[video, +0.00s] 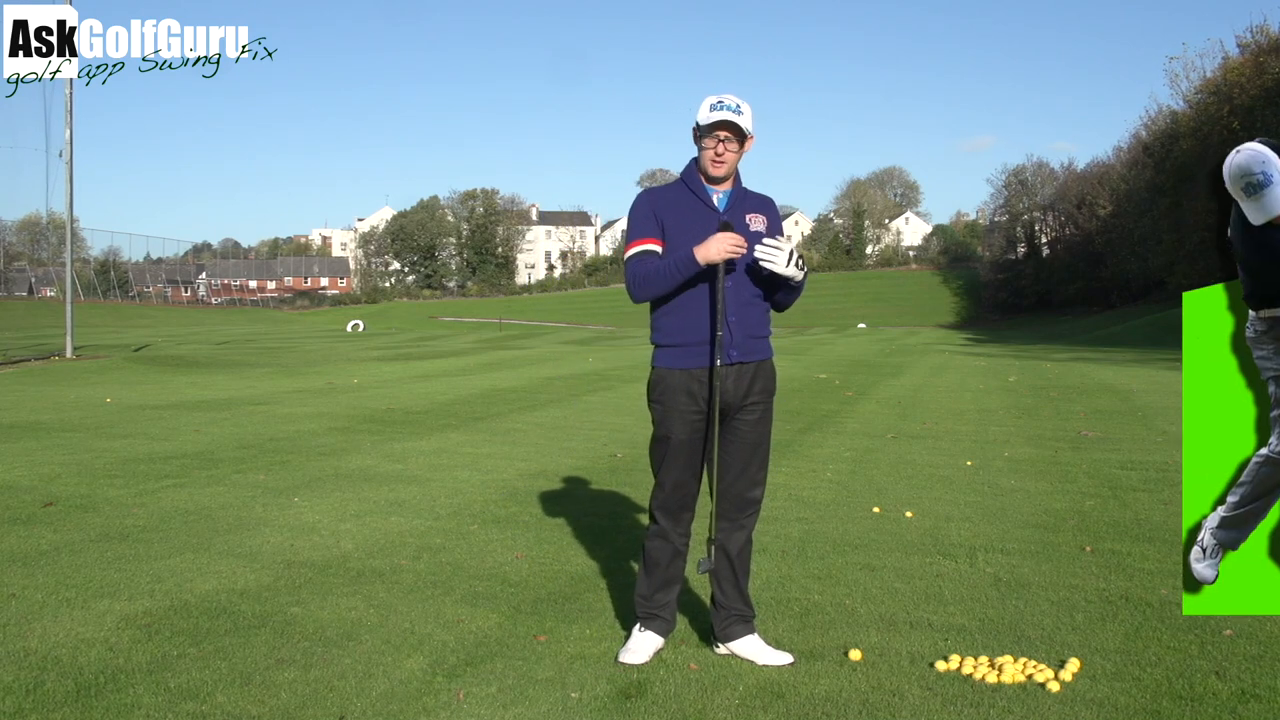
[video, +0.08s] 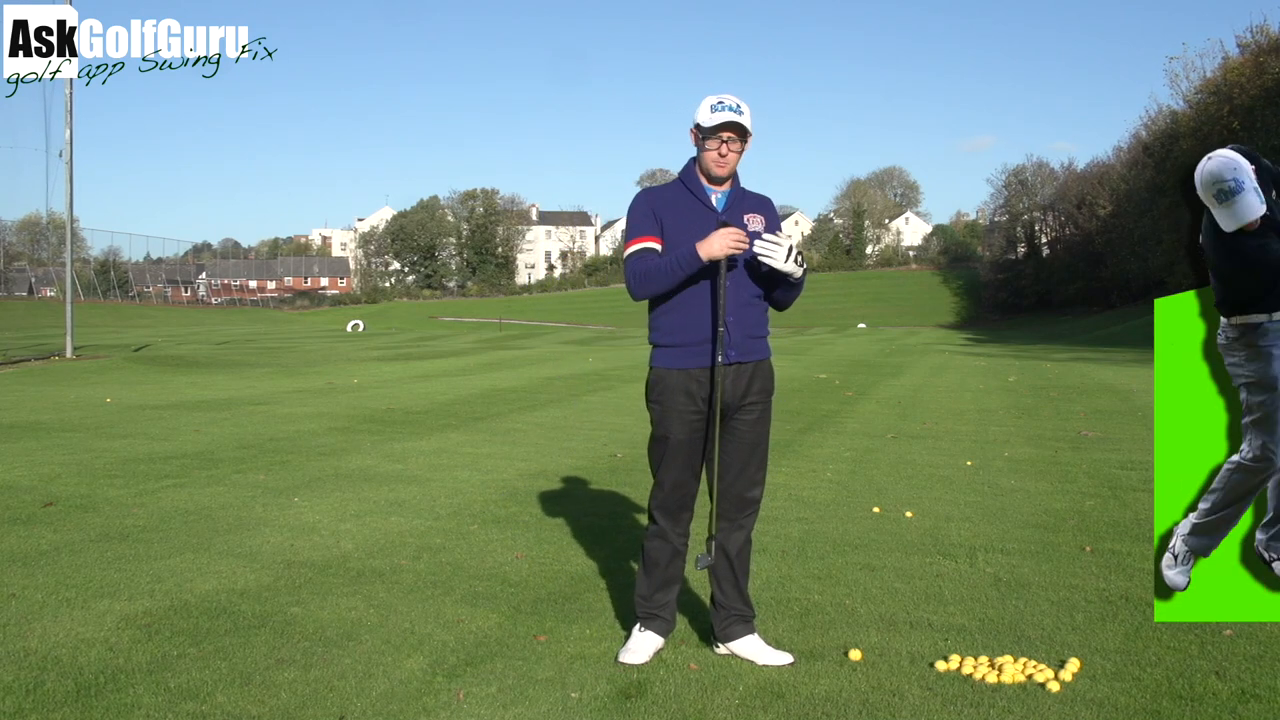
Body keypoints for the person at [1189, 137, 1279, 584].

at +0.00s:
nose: (1267, 216)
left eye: (1269, 203)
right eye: (1257, 209)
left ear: (1276, 181)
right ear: (1240, 196)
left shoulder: (1250, 218)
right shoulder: (1244, 221)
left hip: (1269, 328)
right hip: (1268, 329)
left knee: (1279, 440)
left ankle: (1218, 532)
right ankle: (1217, 533)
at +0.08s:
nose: (1249, 224)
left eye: (1252, 212)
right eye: (1236, 221)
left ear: (1256, 184)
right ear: (1212, 206)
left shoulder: (1269, 196)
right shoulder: (1217, 230)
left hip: (1275, 332)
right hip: (1252, 335)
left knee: (1276, 450)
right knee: (1264, 451)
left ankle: (1272, 538)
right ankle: (1189, 539)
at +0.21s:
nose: (1201, 229)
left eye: (1203, 215)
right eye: (1188, 226)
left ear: (1204, 191)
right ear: (1167, 215)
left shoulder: (1200, 175)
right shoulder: (1187, 258)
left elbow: (1259, 205)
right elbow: (1267, 264)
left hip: (1252, 334)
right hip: (1210, 348)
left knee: (1258, 454)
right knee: (1218, 463)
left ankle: (1228, 550)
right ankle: (1142, 551)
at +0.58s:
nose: (1053, 268)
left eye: (1056, 254)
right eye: (1041, 265)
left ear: (1056, 229)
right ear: (1016, 253)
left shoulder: (1053, 214)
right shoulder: (1036, 295)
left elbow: (1113, 242)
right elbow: (1131, 296)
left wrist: (1178, 271)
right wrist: (1197, 281)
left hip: (1102, 371)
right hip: (1059, 384)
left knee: (1106, 491)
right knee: (1067, 499)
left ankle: (1077, 587)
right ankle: (993, 586)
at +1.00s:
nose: (905, 304)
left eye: (907, 290)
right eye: (893, 301)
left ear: (905, 264)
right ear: (867, 288)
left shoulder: (902, 250)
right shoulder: (886, 328)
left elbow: (962, 277)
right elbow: (977, 333)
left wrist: (1027, 306)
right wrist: (1045, 317)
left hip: (953, 406)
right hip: (910, 420)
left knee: (956, 527)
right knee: (917, 535)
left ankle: (928, 623)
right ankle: (844, 621)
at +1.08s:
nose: (881, 310)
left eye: (883, 296)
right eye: (869, 308)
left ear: (882, 269)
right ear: (844, 293)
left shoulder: (878, 255)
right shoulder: (864, 334)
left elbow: (940, 283)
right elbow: (954, 339)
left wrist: (1004, 312)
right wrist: (1023, 322)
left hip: (930, 411)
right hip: (886, 425)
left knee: (933, 533)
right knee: (894, 541)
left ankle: (905, 628)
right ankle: (820, 627)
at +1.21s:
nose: (853, 316)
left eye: (855, 302)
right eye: (841, 314)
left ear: (854, 276)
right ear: (816, 301)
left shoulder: (850, 262)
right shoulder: (837, 341)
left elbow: (910, 289)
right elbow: (931, 344)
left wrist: (976, 319)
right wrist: (995, 329)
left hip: (901, 418)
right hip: (859, 432)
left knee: (904, 539)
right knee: (865, 548)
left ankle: (876, 635)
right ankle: (792, 634)